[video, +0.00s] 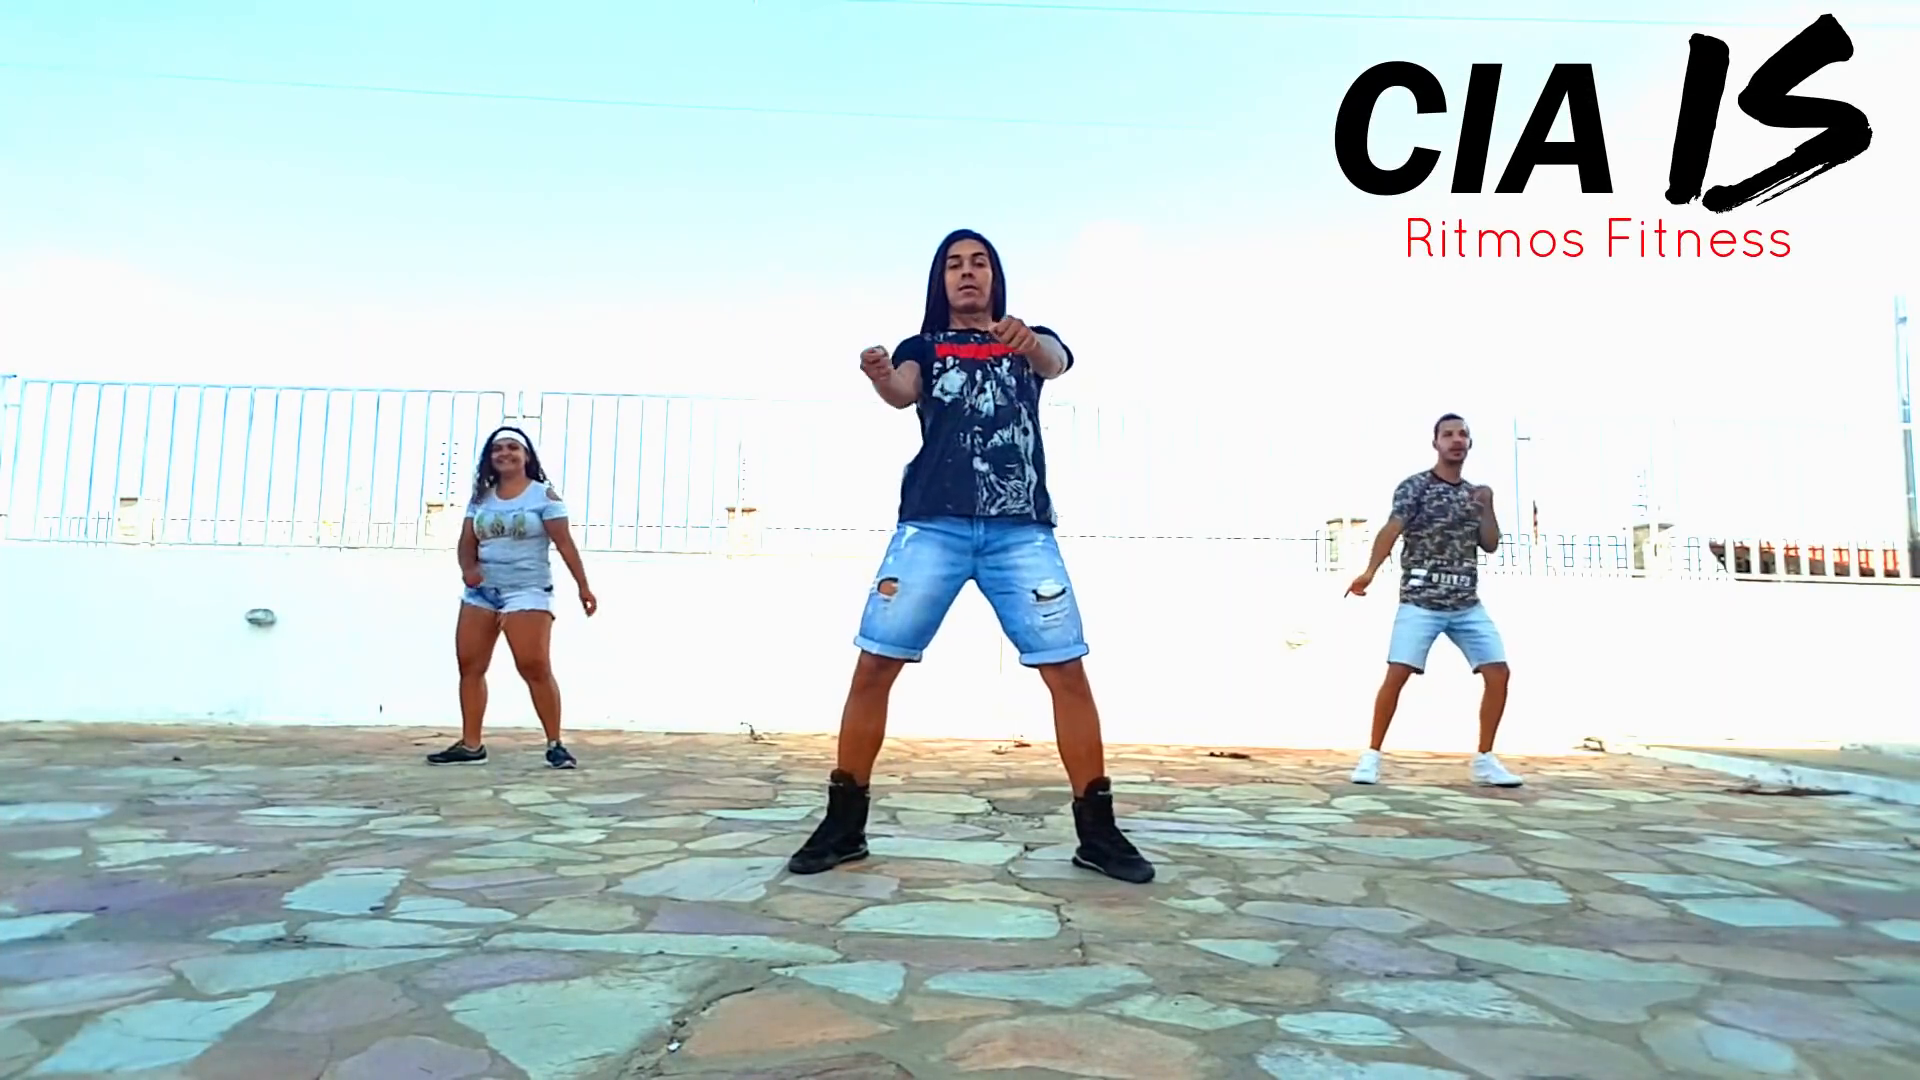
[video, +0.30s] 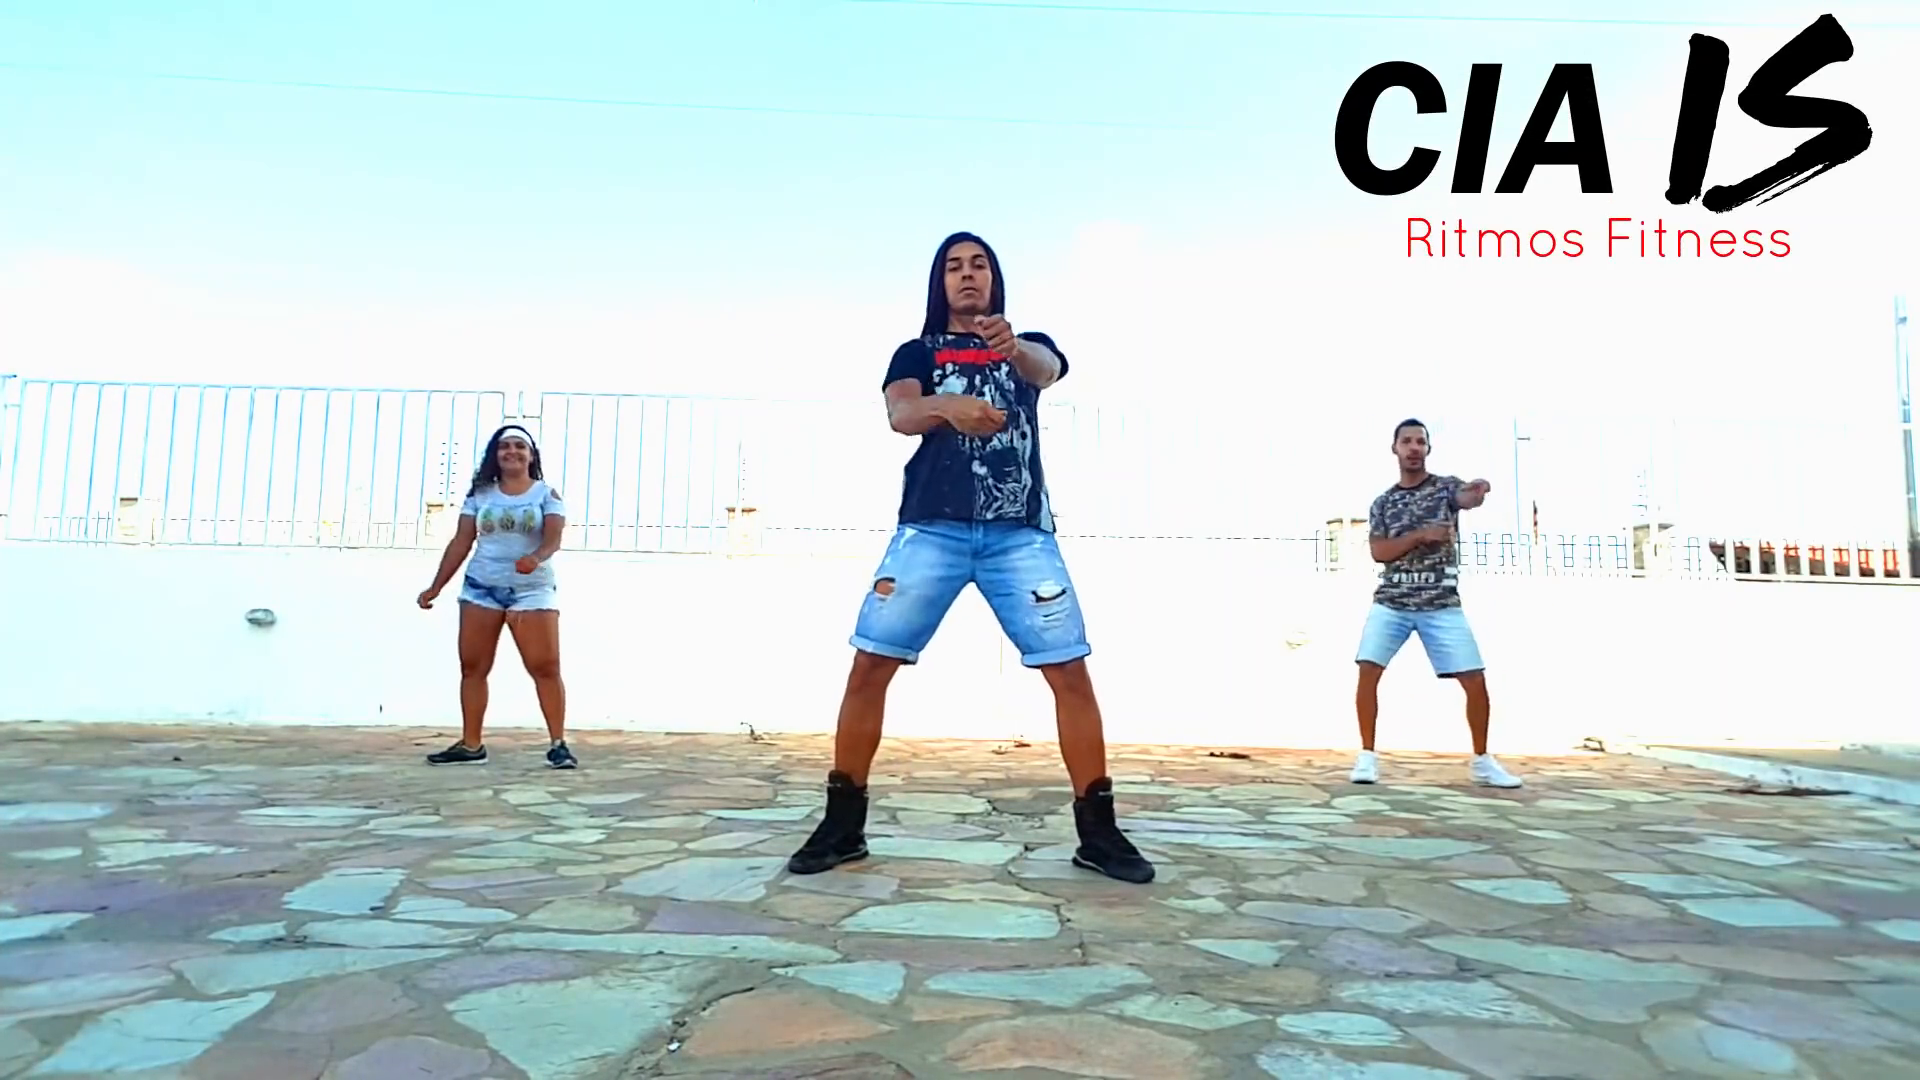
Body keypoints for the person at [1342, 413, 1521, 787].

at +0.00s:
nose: (1457, 440)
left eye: (1462, 435)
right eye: (1449, 434)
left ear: (1470, 444)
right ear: (1435, 443)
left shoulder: (1478, 494)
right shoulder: (1414, 487)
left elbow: (1490, 545)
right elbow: (1390, 532)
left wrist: (1486, 510)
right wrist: (1368, 574)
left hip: (1466, 604)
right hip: (1419, 603)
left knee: (1498, 673)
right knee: (1398, 673)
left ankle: (1484, 759)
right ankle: (1372, 755)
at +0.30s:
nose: (1414, 447)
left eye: (1420, 442)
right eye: (1407, 441)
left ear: (1428, 449)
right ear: (1394, 448)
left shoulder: (1444, 485)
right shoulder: (1383, 504)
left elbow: (1463, 498)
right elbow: (1379, 552)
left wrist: (1476, 492)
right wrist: (1419, 536)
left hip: (1441, 604)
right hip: (1392, 604)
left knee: (1475, 680)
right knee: (1368, 670)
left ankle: (1482, 759)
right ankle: (1367, 755)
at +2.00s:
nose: (1429, 424)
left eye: (1436, 419)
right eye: (1422, 419)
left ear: (1450, 428)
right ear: (1414, 430)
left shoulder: (1468, 480)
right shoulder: (1398, 479)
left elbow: (1481, 534)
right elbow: (1382, 532)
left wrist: (1490, 585)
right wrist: (1396, 571)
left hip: (1459, 598)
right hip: (1410, 596)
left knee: (1480, 674)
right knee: (1389, 673)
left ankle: (1485, 758)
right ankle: (1370, 755)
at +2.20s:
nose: (1430, 438)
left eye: (1437, 432)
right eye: (1424, 433)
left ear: (1452, 440)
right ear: (1416, 442)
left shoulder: (1470, 495)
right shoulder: (1400, 493)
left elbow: (1476, 551)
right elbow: (1381, 545)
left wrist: (1503, 590)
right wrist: (1376, 593)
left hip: (1461, 607)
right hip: (1412, 606)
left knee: (1493, 677)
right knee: (1390, 675)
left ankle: (1486, 760)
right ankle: (1371, 756)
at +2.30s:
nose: (1425, 430)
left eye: (1433, 424)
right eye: (1419, 424)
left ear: (1446, 432)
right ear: (1411, 432)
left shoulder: (1465, 481)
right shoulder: (1397, 483)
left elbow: (1485, 529)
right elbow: (1376, 530)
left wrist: (1519, 545)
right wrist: (1364, 575)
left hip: (1458, 599)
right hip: (1410, 597)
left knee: (1483, 672)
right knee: (1387, 669)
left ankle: (1486, 758)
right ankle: (1368, 752)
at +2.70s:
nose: (1395, 455)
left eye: (1400, 448)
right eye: (1388, 447)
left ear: (1404, 451)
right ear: (1372, 448)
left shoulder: (1404, 490)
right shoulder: (1354, 494)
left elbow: (1434, 495)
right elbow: (1366, 528)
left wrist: (1444, 472)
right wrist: (1417, 534)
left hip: (1422, 605)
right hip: (1378, 608)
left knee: (1462, 682)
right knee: (1364, 682)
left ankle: (1493, 766)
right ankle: (1341, 763)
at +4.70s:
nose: (1376, 417)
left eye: (1382, 412)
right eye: (1369, 412)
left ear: (1391, 419)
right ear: (1359, 418)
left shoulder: (1404, 468)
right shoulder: (1340, 453)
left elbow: (1418, 521)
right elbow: (1308, 408)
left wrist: (1432, 567)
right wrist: (1302, 363)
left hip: (1401, 574)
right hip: (1354, 572)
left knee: (1432, 649)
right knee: (1335, 653)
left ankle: (1433, 739)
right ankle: (1320, 738)